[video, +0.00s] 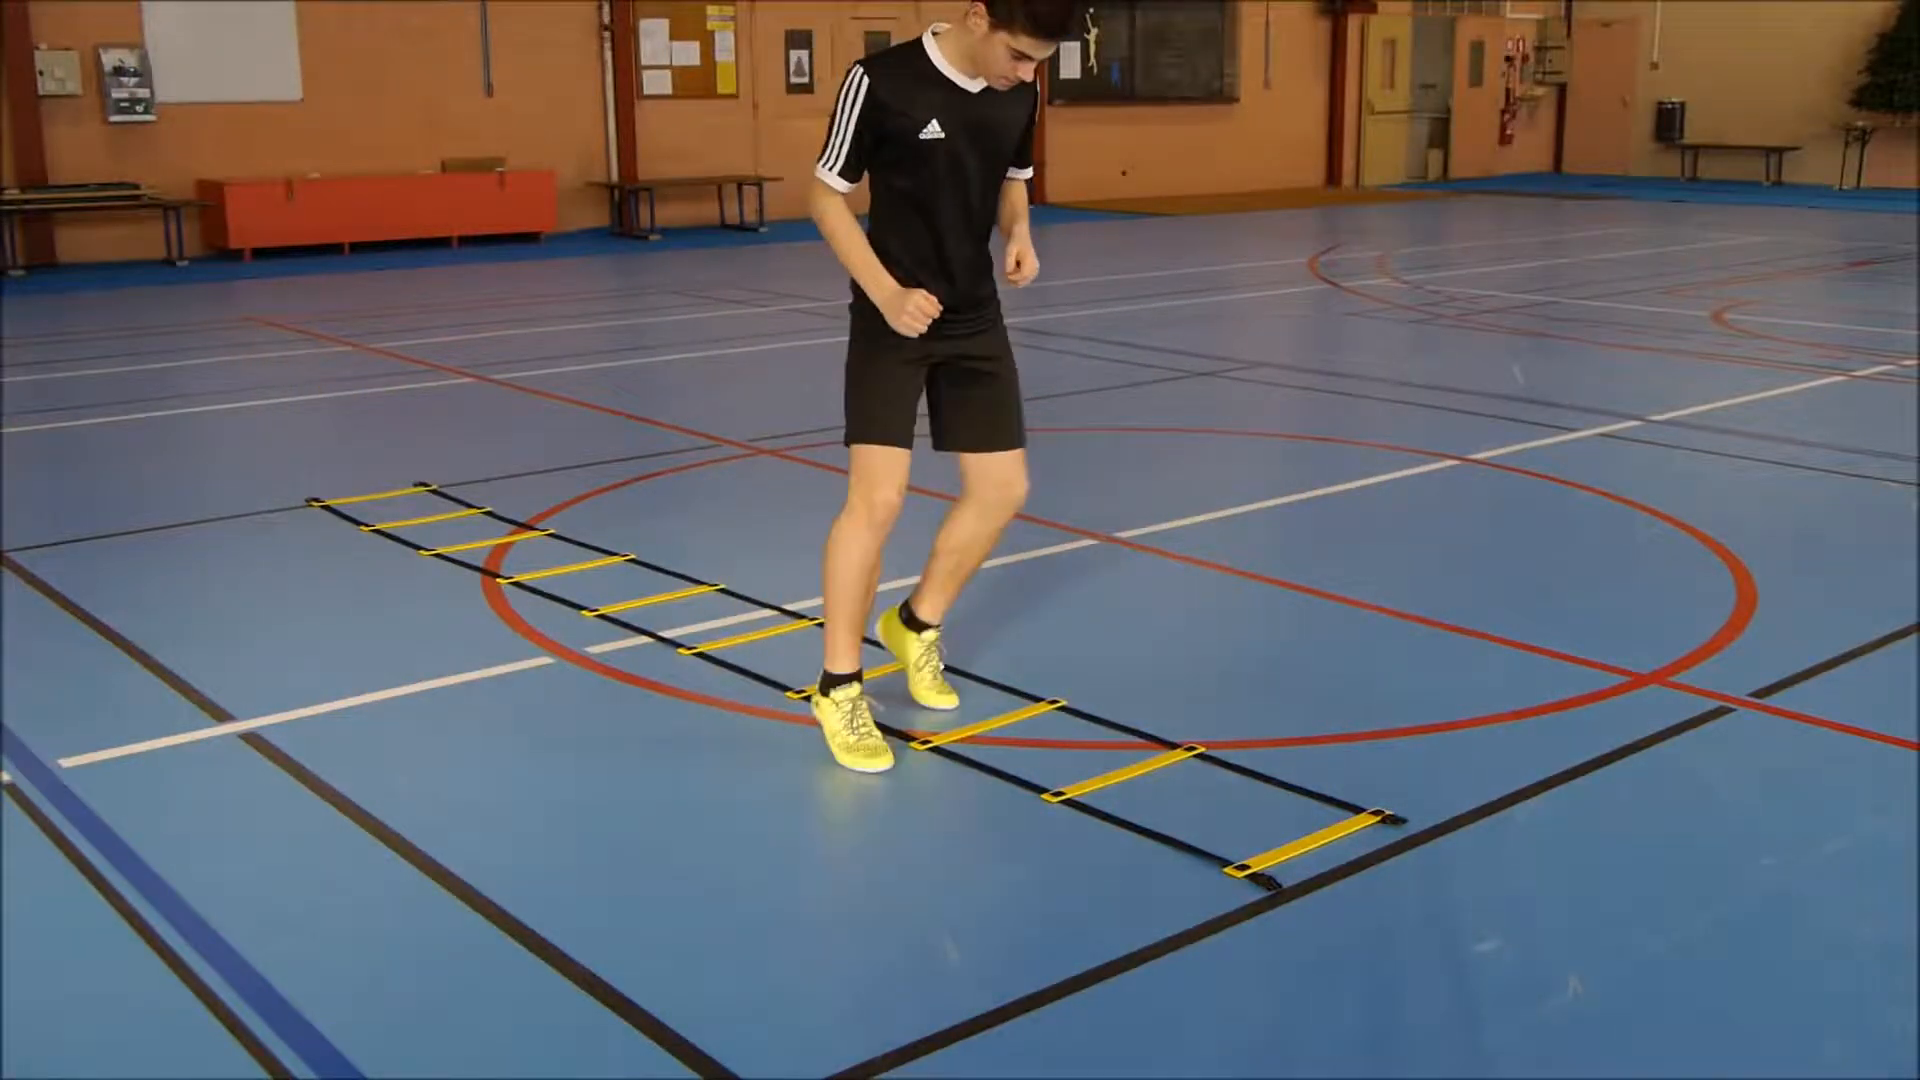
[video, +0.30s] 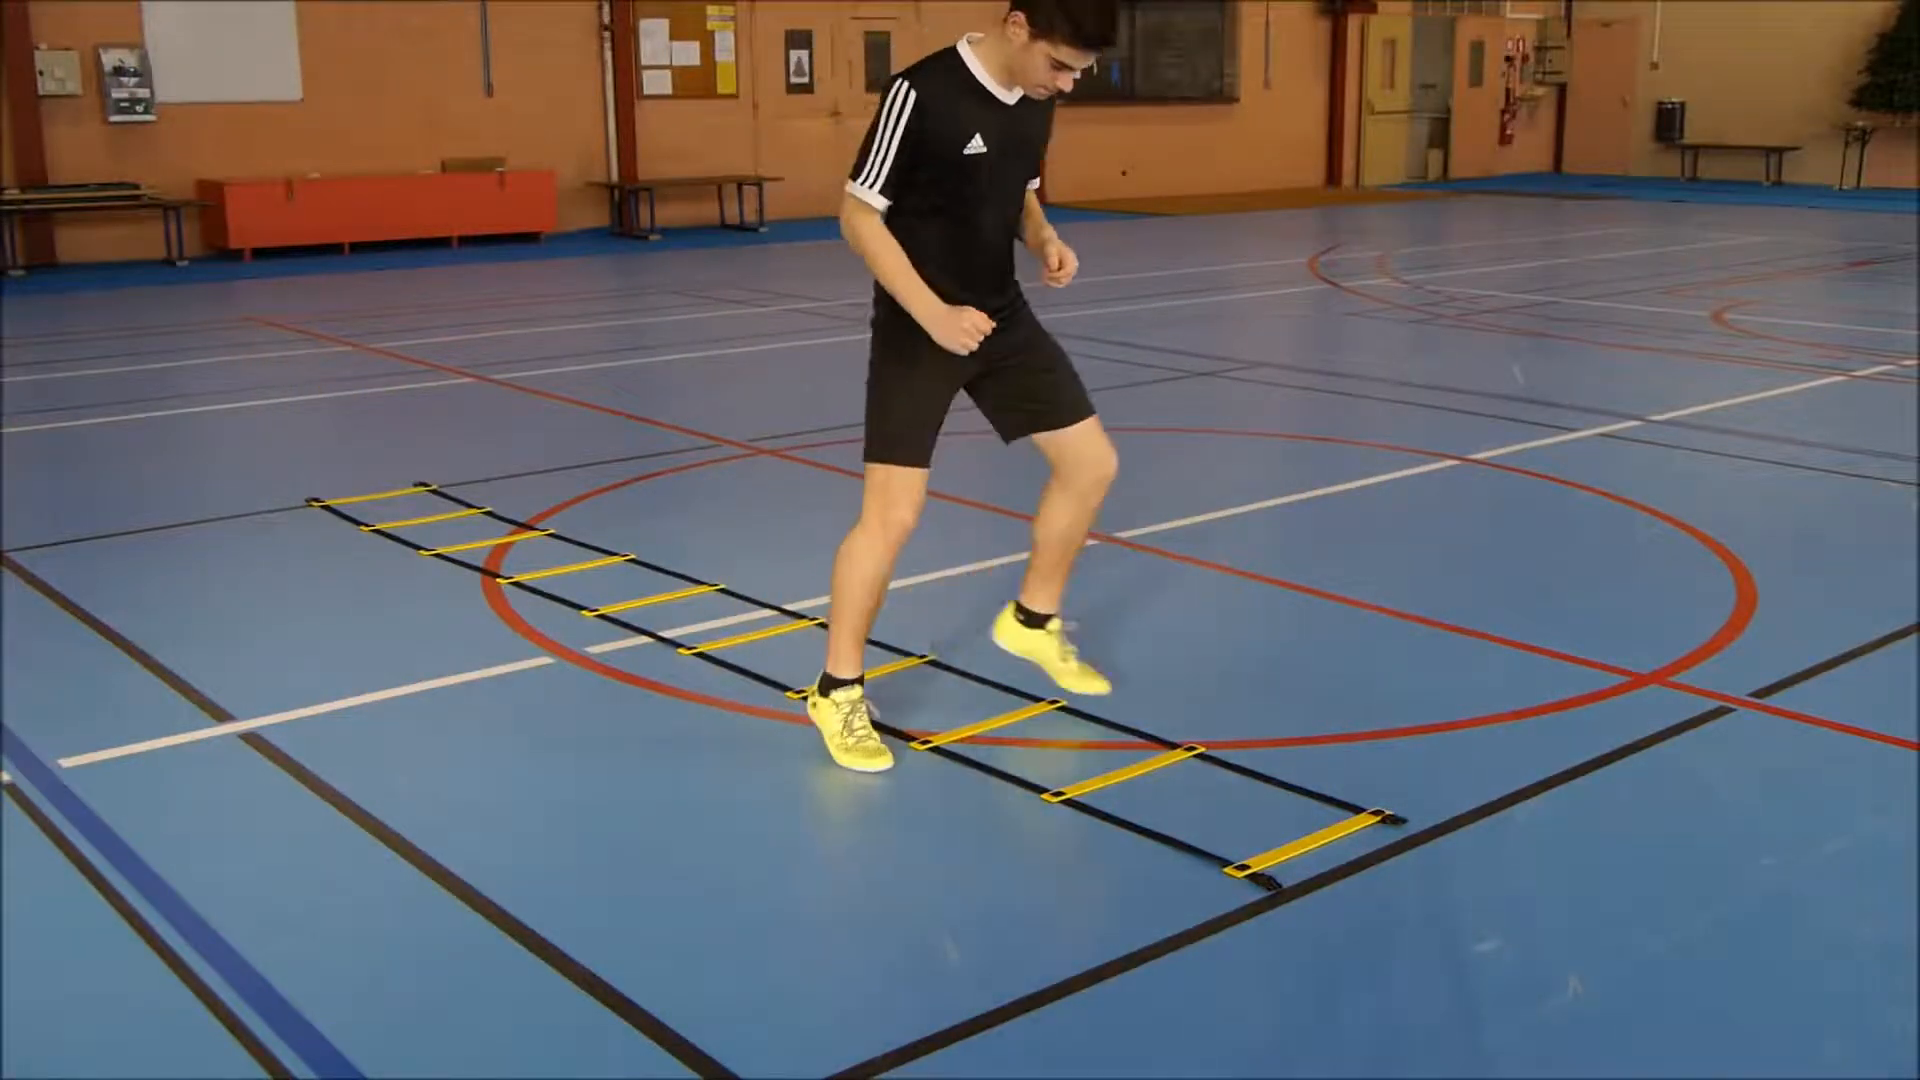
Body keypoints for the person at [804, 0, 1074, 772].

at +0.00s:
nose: (1028, 72)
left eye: (1039, 59)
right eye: (1020, 53)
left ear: (1048, 42)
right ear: (975, 17)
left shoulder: (1016, 88)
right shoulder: (877, 81)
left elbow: (1012, 179)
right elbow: (826, 197)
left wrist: (1018, 232)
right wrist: (885, 292)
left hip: (974, 315)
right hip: (889, 316)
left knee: (1000, 488)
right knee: (876, 498)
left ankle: (916, 623)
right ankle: (838, 686)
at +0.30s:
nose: (1066, 85)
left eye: (1078, 72)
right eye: (1059, 66)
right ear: (1013, 25)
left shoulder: (1036, 97)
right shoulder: (921, 91)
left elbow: (1021, 191)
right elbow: (856, 214)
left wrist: (1043, 239)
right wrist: (931, 312)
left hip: (999, 313)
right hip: (914, 321)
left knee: (1089, 465)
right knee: (890, 513)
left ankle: (1033, 619)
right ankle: (837, 687)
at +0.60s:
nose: (1095, 85)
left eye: (1107, 72)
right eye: (1089, 65)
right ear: (1044, 25)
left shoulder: (1083, 95)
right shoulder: (940, 89)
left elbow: (1075, 183)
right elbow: (886, 204)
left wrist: (1084, 236)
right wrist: (936, 298)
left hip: (1047, 319)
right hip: (958, 323)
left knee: (1085, 492)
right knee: (967, 511)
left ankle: (1063, 648)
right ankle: (936, 664)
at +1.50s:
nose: (1213, 98)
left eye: (1227, 86)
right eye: (1208, 77)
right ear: (1161, 32)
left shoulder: (1179, 108)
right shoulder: (1045, 103)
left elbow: (1160, 205)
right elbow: (974, 223)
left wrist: (1186, 252)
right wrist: (1021, 342)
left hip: (1120, 343)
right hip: (1034, 345)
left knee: (1180, 518)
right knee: (1023, 550)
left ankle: (1065, 654)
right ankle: (966, 744)